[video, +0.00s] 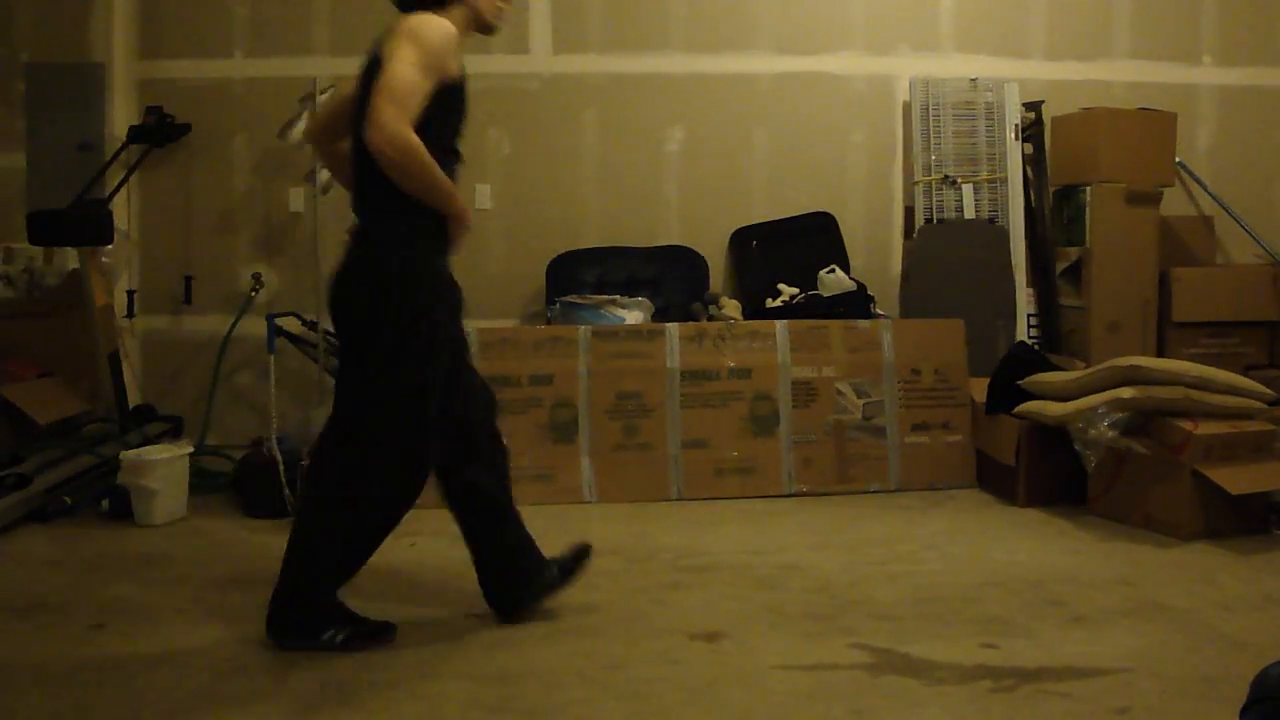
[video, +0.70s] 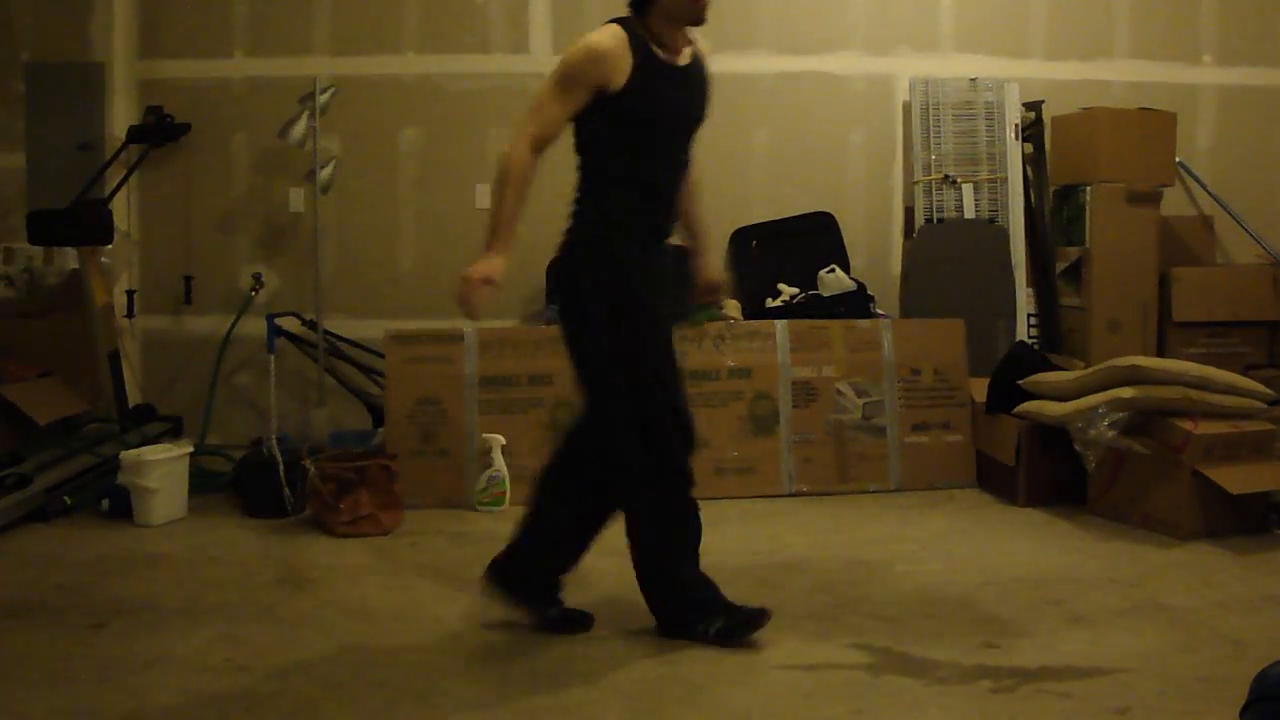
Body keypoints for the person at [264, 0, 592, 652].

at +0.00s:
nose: (506, 5)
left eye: (505, 1)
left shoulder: (410, 37)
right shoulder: (432, 31)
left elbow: (324, 131)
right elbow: (387, 130)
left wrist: (382, 199)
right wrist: (455, 207)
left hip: (402, 274)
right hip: (394, 277)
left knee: (464, 424)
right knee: (378, 445)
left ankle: (516, 577)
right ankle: (300, 610)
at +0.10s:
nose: (545, 6)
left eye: (546, 0)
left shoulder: (454, 36)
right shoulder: (469, 30)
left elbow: (359, 131)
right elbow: (417, 123)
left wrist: (410, 200)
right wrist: (474, 210)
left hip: (424, 270)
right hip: (422, 272)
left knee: (490, 430)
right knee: (406, 436)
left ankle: (522, 585)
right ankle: (313, 593)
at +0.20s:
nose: (581, 10)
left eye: (581, 2)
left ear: (538, 5)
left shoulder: (491, 47)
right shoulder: (495, 38)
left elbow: (395, 128)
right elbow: (433, 115)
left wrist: (450, 201)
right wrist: (502, 206)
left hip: (451, 267)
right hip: (458, 270)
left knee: (488, 437)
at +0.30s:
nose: (611, 12)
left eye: (613, 3)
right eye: (603, 1)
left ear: (573, 7)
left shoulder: (537, 60)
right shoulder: (517, 46)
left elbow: (464, 147)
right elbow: (448, 127)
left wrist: (519, 241)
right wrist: (518, 231)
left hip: (497, 274)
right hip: (478, 275)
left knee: (525, 429)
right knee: (587, 423)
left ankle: (509, 591)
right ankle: (453, 517)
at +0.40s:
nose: (635, 8)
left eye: (636, 1)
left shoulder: (568, 44)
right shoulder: (544, 29)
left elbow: (527, 140)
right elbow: (465, 113)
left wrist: (554, 225)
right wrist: (502, 230)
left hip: (527, 259)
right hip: (517, 261)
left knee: (541, 425)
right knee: (629, 406)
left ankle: (505, 588)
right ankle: (555, 545)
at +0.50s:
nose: (657, 1)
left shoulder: (606, 49)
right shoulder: (566, 29)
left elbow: (567, 150)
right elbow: (477, 106)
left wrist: (590, 236)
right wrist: (480, 223)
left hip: (567, 267)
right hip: (544, 266)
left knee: (537, 432)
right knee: (628, 420)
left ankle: (504, 595)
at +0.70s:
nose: (701, 6)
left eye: (703, 0)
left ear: (694, 7)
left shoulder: (692, 59)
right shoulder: (603, 51)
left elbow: (675, 162)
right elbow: (526, 142)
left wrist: (702, 250)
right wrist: (496, 250)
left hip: (646, 271)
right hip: (597, 273)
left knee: (618, 429)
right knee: (658, 432)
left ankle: (526, 571)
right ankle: (684, 604)